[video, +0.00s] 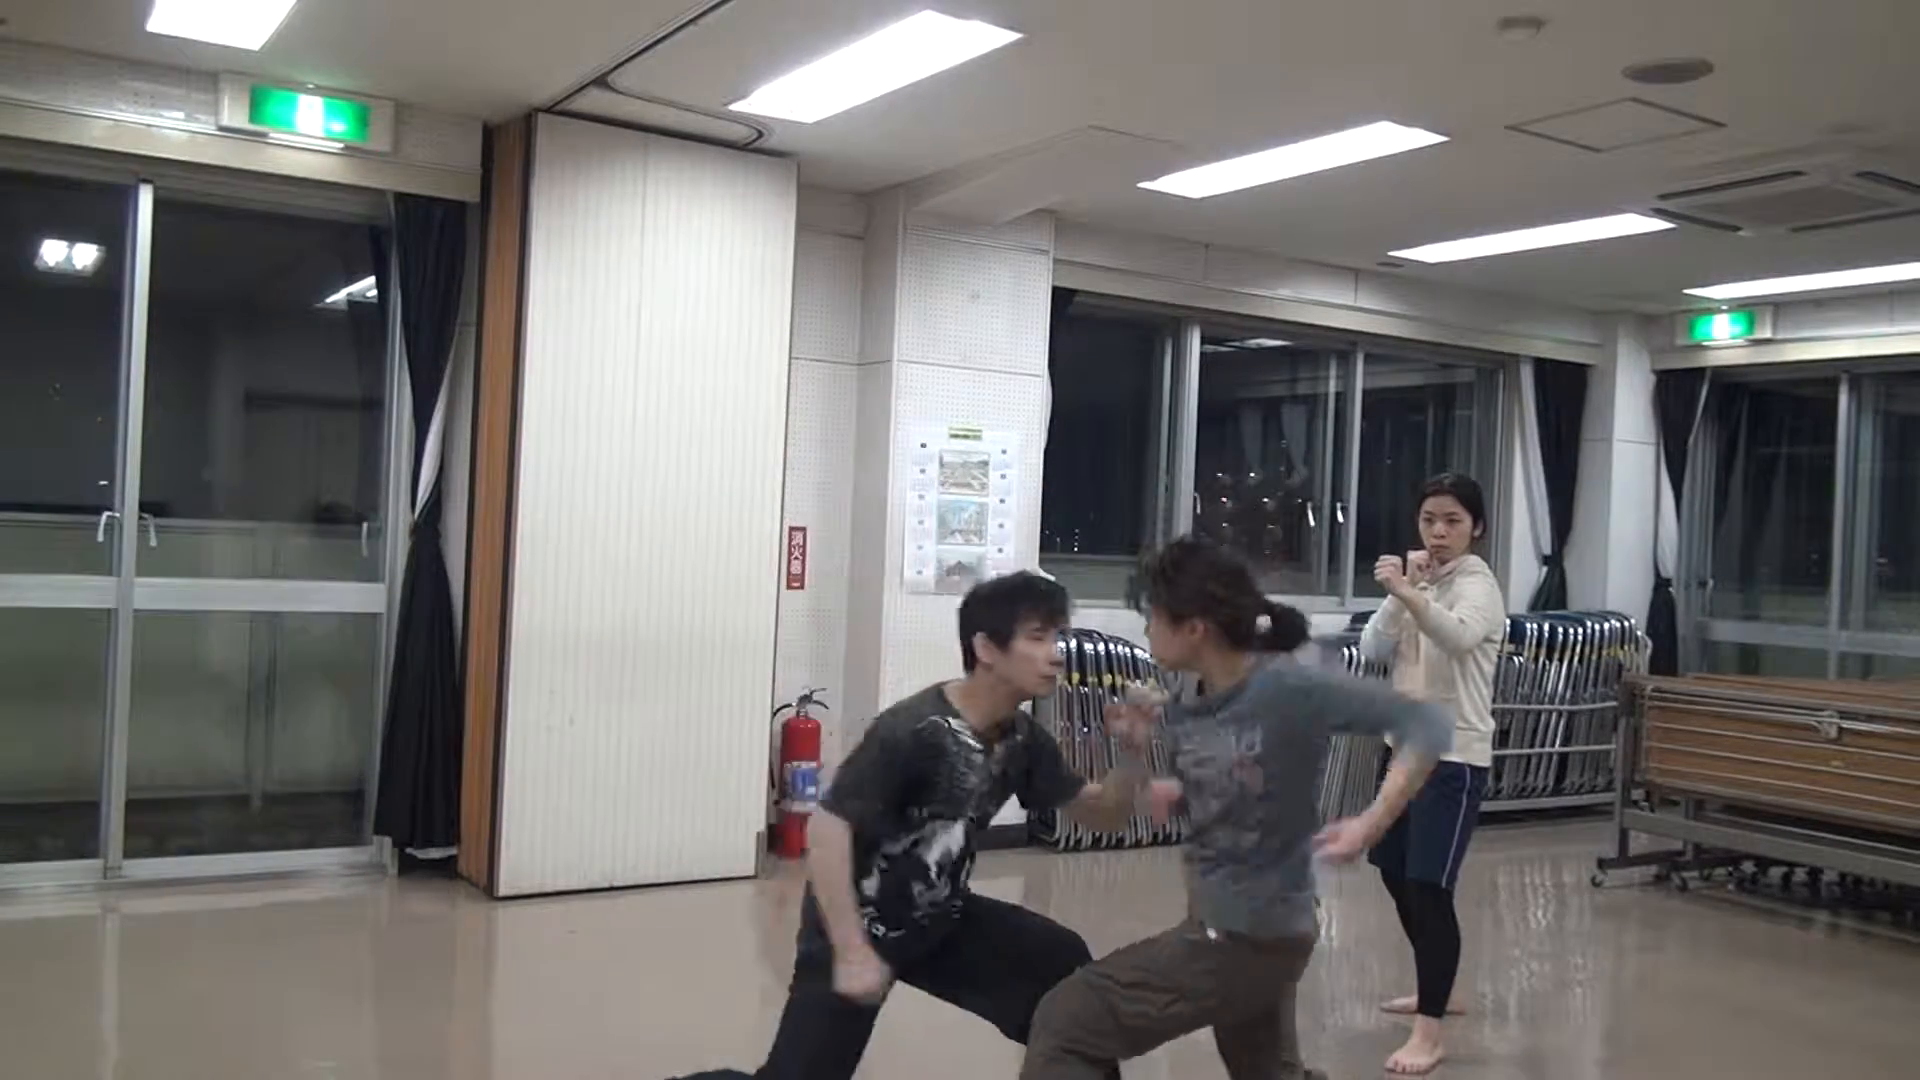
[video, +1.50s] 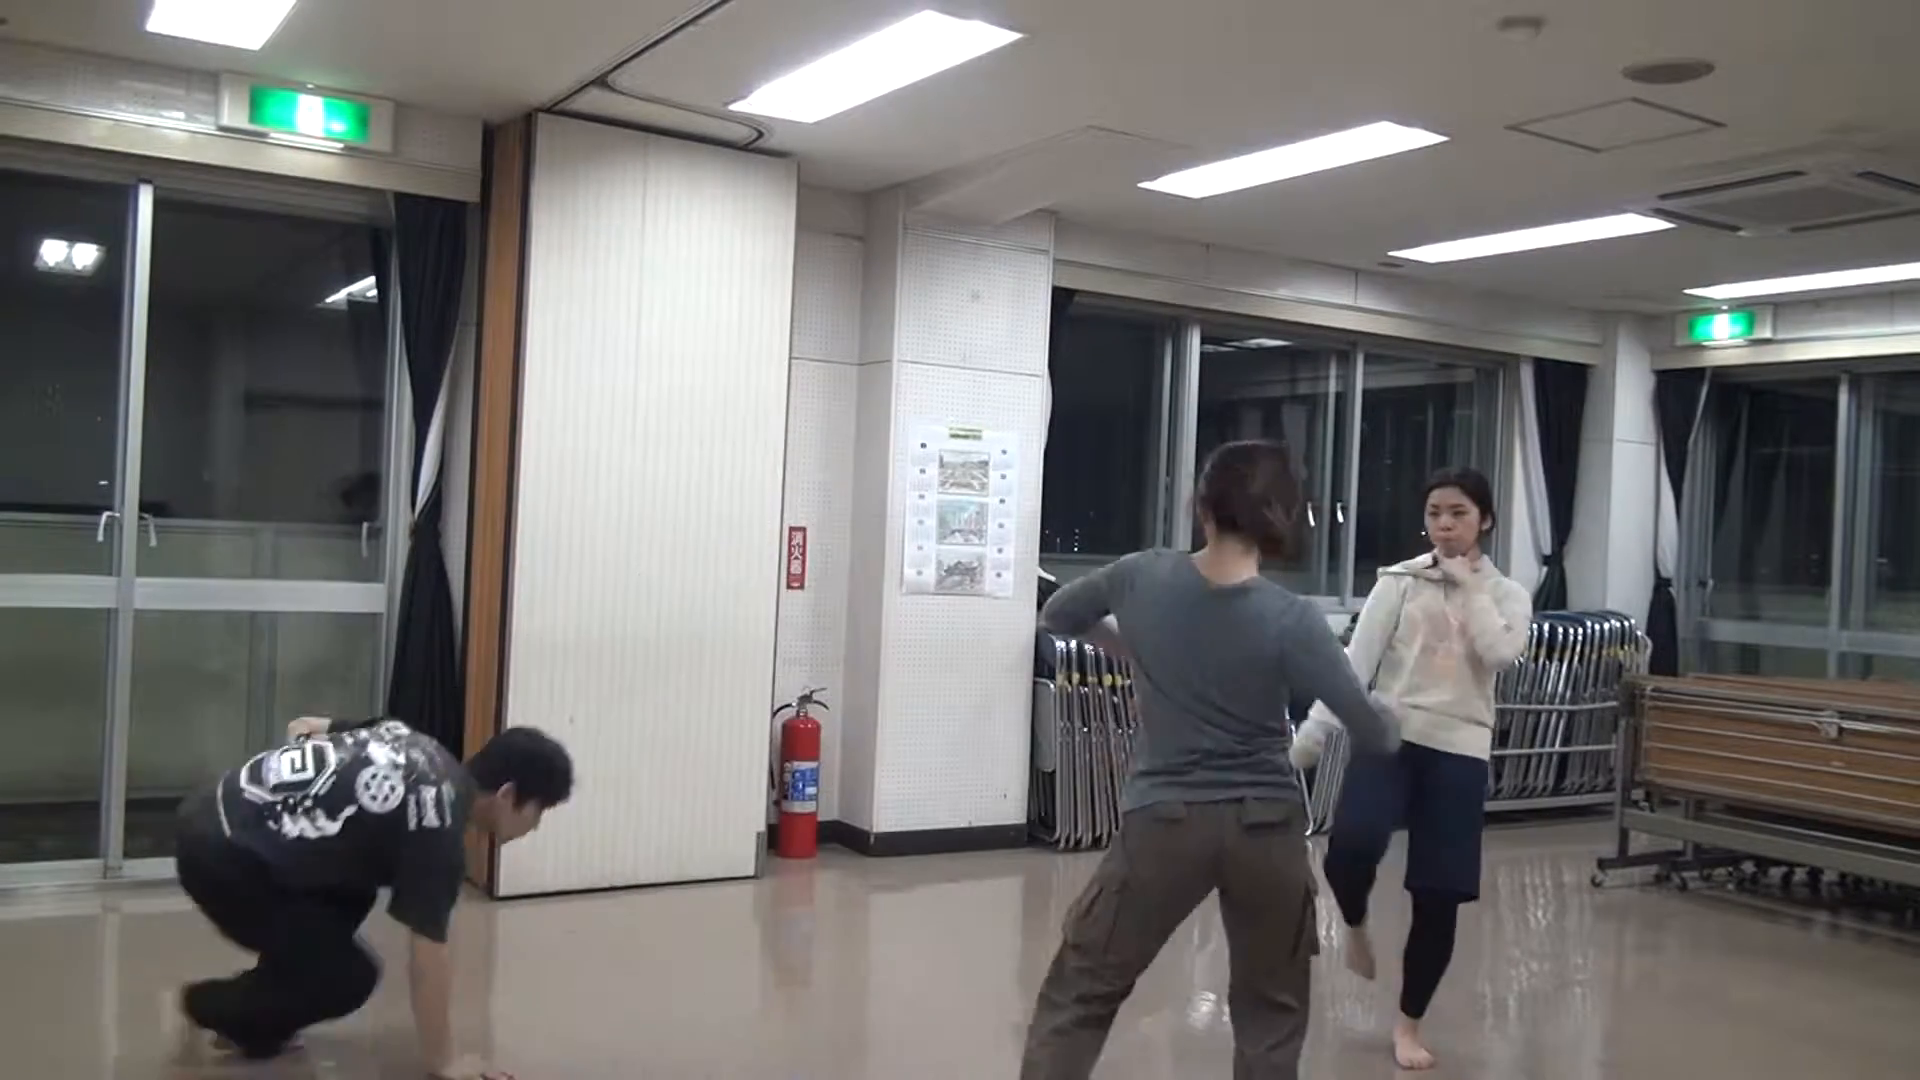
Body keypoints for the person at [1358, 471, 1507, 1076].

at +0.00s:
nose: (1439, 531)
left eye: (1452, 521)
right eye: (1430, 520)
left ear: (1475, 528)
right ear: (1419, 524)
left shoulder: (1479, 582)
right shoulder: (1416, 582)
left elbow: (1461, 637)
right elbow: (1372, 648)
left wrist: (1405, 593)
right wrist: (1404, 591)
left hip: (1456, 758)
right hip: (1408, 752)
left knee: (1429, 887)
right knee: (1390, 864)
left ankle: (1428, 1034)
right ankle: (1437, 986)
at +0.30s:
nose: (1440, 532)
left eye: (1453, 521)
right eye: (1431, 521)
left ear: (1475, 528)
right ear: (1418, 526)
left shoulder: (1479, 583)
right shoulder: (1411, 579)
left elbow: (1465, 638)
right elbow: (1377, 649)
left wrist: (1411, 596)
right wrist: (1403, 589)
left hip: (1454, 756)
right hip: (1402, 748)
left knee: (1432, 886)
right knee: (1392, 869)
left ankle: (1432, 1028)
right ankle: (1438, 982)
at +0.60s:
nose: (1439, 532)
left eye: (1452, 521)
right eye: (1430, 520)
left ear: (1475, 529)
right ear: (1418, 526)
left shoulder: (1480, 583)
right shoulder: (1414, 582)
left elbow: (1468, 638)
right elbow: (1373, 650)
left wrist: (1414, 596)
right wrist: (1403, 595)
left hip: (1456, 758)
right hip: (1402, 749)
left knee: (1432, 886)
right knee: (1390, 865)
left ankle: (1429, 1033)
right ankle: (1437, 986)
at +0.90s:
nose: (1441, 530)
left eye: (1454, 520)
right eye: (1432, 519)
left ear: (1476, 529)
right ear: (1420, 525)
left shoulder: (1481, 584)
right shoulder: (1414, 579)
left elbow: (1467, 638)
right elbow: (1372, 649)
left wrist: (1413, 594)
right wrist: (1406, 597)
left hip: (1453, 758)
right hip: (1400, 750)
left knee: (1431, 887)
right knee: (1390, 865)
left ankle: (1429, 1032)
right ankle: (1437, 986)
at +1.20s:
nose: (1436, 529)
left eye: (1450, 520)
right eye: (1429, 517)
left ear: (1474, 530)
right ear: (1416, 523)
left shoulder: (1473, 583)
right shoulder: (1400, 578)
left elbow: (1471, 613)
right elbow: (1352, 634)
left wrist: (1416, 580)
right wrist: (1376, 585)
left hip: (1462, 757)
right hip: (1404, 752)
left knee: (1435, 881)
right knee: (1392, 875)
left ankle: (1428, 1017)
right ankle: (1435, 984)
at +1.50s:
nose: (1445, 523)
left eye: (1457, 512)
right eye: (1435, 513)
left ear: (1483, 520)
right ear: (1425, 521)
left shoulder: (1508, 592)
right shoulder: (1397, 582)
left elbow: (1498, 651)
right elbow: (1353, 669)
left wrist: (1470, 577)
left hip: (1459, 750)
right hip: (1385, 735)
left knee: (1438, 895)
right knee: (1348, 853)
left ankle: (1410, 1024)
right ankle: (1355, 927)